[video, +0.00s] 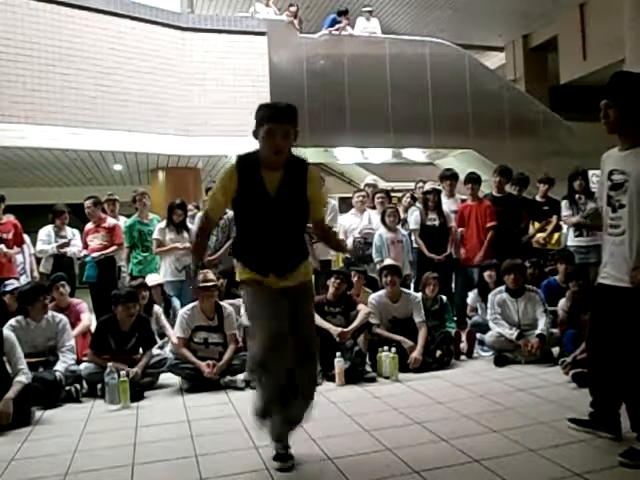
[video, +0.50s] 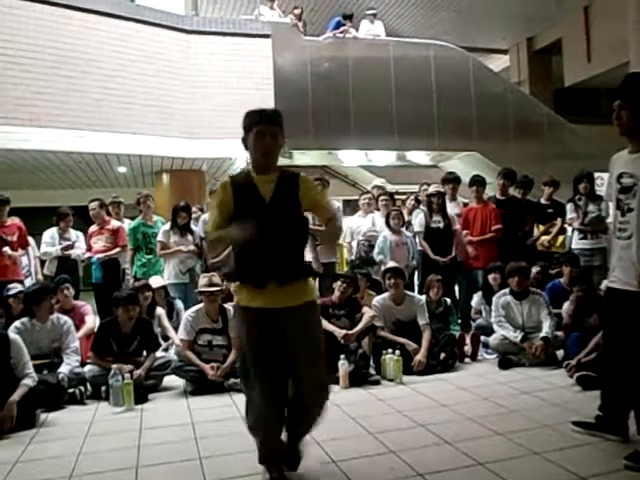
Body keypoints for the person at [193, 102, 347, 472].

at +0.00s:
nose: (279, 140)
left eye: (286, 134)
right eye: (272, 133)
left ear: (295, 137)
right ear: (257, 134)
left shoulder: (307, 175)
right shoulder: (238, 173)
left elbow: (318, 223)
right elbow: (208, 218)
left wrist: (335, 243)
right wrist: (197, 264)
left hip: (297, 275)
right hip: (256, 276)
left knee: (304, 357)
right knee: (267, 346)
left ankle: (282, 434)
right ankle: (267, 400)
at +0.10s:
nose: (280, 153)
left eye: (286, 146)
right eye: (271, 146)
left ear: (294, 149)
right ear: (256, 148)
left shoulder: (307, 192)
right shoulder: (235, 190)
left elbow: (336, 238)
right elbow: (200, 238)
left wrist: (344, 212)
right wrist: (180, 289)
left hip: (296, 285)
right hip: (257, 280)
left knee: (296, 367)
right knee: (261, 300)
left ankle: (280, 433)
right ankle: (261, 357)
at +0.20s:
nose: (280, 154)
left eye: (286, 147)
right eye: (272, 146)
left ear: (294, 149)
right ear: (257, 148)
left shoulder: (305, 188)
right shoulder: (238, 189)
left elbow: (342, 214)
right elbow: (204, 236)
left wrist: (348, 191)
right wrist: (186, 285)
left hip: (297, 282)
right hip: (256, 279)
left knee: (307, 370)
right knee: (259, 294)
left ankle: (282, 440)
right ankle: (277, 390)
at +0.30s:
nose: (278, 155)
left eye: (284, 148)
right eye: (270, 148)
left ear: (292, 149)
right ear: (256, 149)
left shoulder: (302, 180)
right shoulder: (237, 186)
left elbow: (337, 205)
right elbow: (218, 234)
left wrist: (344, 199)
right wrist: (207, 280)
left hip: (300, 292)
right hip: (259, 292)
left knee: (308, 372)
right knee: (268, 371)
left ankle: (283, 441)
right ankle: (276, 456)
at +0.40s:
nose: (275, 158)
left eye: (281, 152)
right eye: (267, 151)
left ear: (288, 153)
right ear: (253, 152)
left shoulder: (301, 189)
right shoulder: (232, 195)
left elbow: (347, 205)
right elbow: (213, 240)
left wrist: (339, 192)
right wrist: (218, 266)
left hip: (301, 298)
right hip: (259, 299)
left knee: (304, 379)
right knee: (270, 382)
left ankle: (285, 445)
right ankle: (271, 464)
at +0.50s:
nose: (267, 143)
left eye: (274, 136)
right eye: (260, 135)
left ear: (283, 141)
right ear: (246, 142)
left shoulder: (300, 184)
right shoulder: (228, 190)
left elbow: (331, 219)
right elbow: (211, 243)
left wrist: (325, 250)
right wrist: (234, 232)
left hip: (300, 300)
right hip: (253, 304)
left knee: (315, 385)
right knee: (263, 393)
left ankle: (294, 438)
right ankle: (273, 467)